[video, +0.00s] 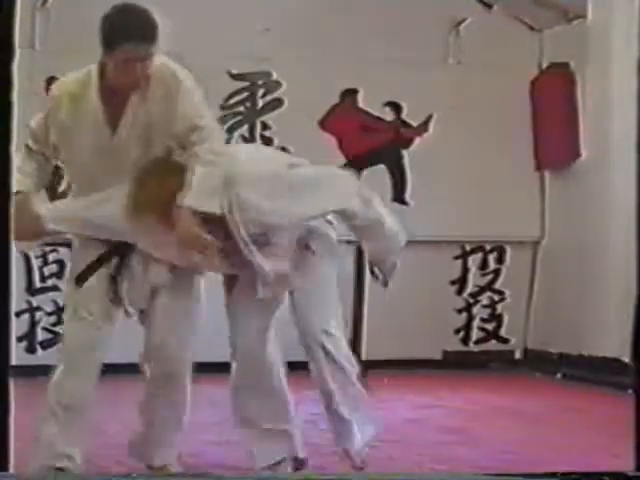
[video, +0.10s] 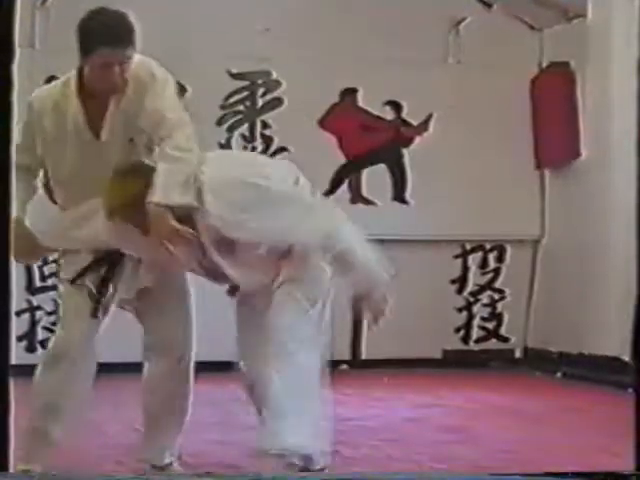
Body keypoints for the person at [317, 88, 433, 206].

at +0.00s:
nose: (357, 102)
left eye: (356, 99)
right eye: (355, 99)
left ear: (342, 99)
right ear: (350, 99)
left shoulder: (332, 118)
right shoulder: (354, 112)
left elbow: (322, 125)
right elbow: (378, 124)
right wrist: (395, 126)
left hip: (354, 158)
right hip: (371, 154)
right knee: (393, 153)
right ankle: (399, 196)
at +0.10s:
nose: (356, 101)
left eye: (356, 98)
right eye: (355, 98)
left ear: (341, 99)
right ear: (349, 98)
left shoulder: (331, 116)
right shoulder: (354, 111)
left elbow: (321, 123)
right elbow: (376, 122)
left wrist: (340, 132)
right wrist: (393, 125)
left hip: (353, 157)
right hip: (369, 152)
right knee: (394, 153)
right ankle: (399, 194)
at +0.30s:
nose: (356, 102)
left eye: (355, 99)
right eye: (355, 99)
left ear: (341, 99)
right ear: (349, 99)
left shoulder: (331, 115)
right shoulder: (354, 112)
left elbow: (321, 123)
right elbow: (375, 122)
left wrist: (339, 133)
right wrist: (393, 124)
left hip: (352, 156)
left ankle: (356, 195)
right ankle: (415, 131)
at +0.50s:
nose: (356, 101)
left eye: (355, 98)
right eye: (355, 98)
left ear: (341, 98)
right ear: (349, 98)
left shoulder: (331, 115)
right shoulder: (354, 111)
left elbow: (321, 123)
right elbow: (375, 121)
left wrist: (339, 132)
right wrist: (393, 123)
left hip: (352, 155)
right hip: (369, 151)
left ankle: (356, 195)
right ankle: (415, 130)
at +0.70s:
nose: (356, 100)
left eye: (356, 97)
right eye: (355, 97)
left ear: (340, 98)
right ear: (349, 97)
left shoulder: (330, 116)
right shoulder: (353, 109)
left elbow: (321, 122)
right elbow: (375, 120)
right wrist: (393, 123)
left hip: (353, 154)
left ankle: (356, 194)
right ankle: (399, 193)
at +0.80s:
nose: (356, 102)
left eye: (356, 99)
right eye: (354, 99)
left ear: (340, 100)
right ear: (348, 99)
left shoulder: (330, 118)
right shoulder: (353, 111)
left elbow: (321, 124)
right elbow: (375, 122)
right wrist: (393, 124)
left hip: (355, 156)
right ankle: (399, 194)